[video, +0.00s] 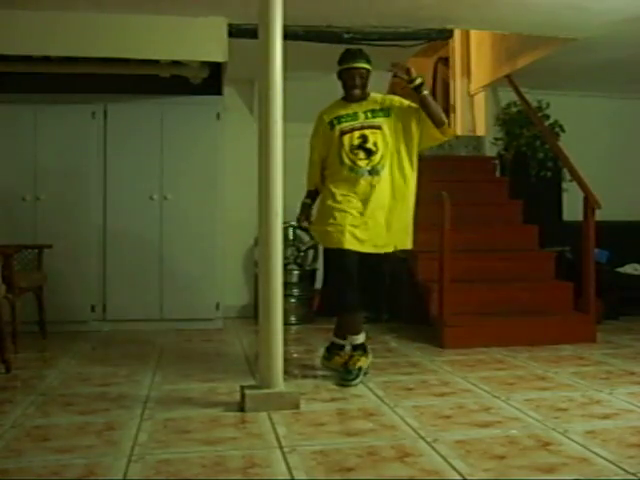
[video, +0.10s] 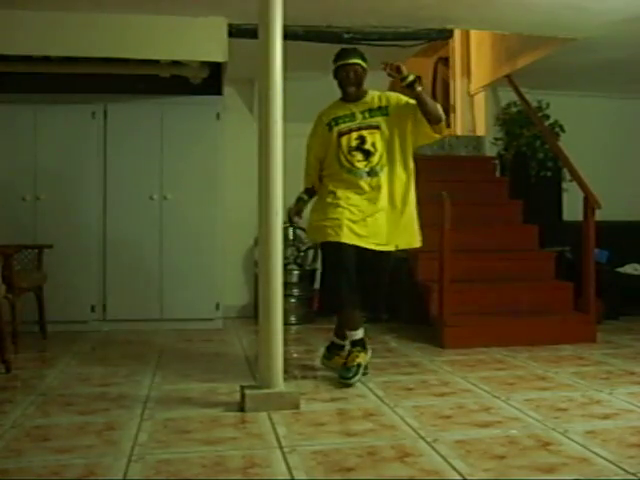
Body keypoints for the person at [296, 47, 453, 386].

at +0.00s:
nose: (355, 81)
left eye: (361, 75)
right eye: (348, 75)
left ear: (370, 78)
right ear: (339, 77)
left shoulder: (397, 107)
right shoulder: (329, 117)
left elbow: (441, 125)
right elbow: (318, 169)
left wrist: (419, 91)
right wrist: (307, 205)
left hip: (381, 209)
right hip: (340, 208)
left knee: (361, 281)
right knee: (344, 280)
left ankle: (337, 347)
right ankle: (358, 349)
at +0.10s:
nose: (350, 75)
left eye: (356, 69)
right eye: (344, 70)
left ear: (366, 73)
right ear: (335, 76)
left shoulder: (393, 104)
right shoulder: (327, 118)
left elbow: (437, 120)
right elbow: (316, 173)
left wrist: (414, 90)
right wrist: (300, 203)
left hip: (383, 205)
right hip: (340, 204)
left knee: (364, 279)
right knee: (341, 270)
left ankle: (337, 344)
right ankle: (357, 344)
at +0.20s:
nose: (347, 74)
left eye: (353, 68)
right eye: (340, 69)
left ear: (362, 72)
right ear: (332, 75)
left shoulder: (390, 100)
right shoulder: (325, 120)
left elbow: (434, 116)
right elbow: (319, 174)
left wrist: (409, 82)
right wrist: (299, 188)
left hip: (383, 206)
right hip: (340, 207)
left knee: (365, 281)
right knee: (342, 275)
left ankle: (337, 343)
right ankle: (356, 348)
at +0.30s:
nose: (344, 75)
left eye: (350, 68)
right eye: (337, 70)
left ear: (360, 72)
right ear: (329, 77)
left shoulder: (387, 98)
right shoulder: (324, 122)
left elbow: (433, 115)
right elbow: (321, 173)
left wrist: (407, 82)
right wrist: (296, 180)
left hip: (383, 207)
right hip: (341, 211)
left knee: (365, 284)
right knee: (346, 282)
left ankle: (338, 346)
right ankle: (355, 356)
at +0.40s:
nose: (342, 77)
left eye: (348, 70)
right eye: (335, 72)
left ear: (358, 74)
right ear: (328, 79)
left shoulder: (384, 100)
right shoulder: (323, 126)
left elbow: (433, 126)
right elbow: (325, 180)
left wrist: (407, 94)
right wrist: (298, 179)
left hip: (382, 213)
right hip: (341, 218)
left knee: (366, 288)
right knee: (345, 288)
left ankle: (338, 346)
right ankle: (360, 362)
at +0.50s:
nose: (340, 74)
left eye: (346, 67)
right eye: (333, 69)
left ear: (357, 70)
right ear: (326, 76)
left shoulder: (381, 101)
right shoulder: (322, 121)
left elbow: (426, 145)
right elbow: (325, 178)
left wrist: (403, 111)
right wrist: (304, 171)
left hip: (382, 216)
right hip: (340, 221)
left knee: (374, 288)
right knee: (347, 292)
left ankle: (348, 337)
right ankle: (361, 364)